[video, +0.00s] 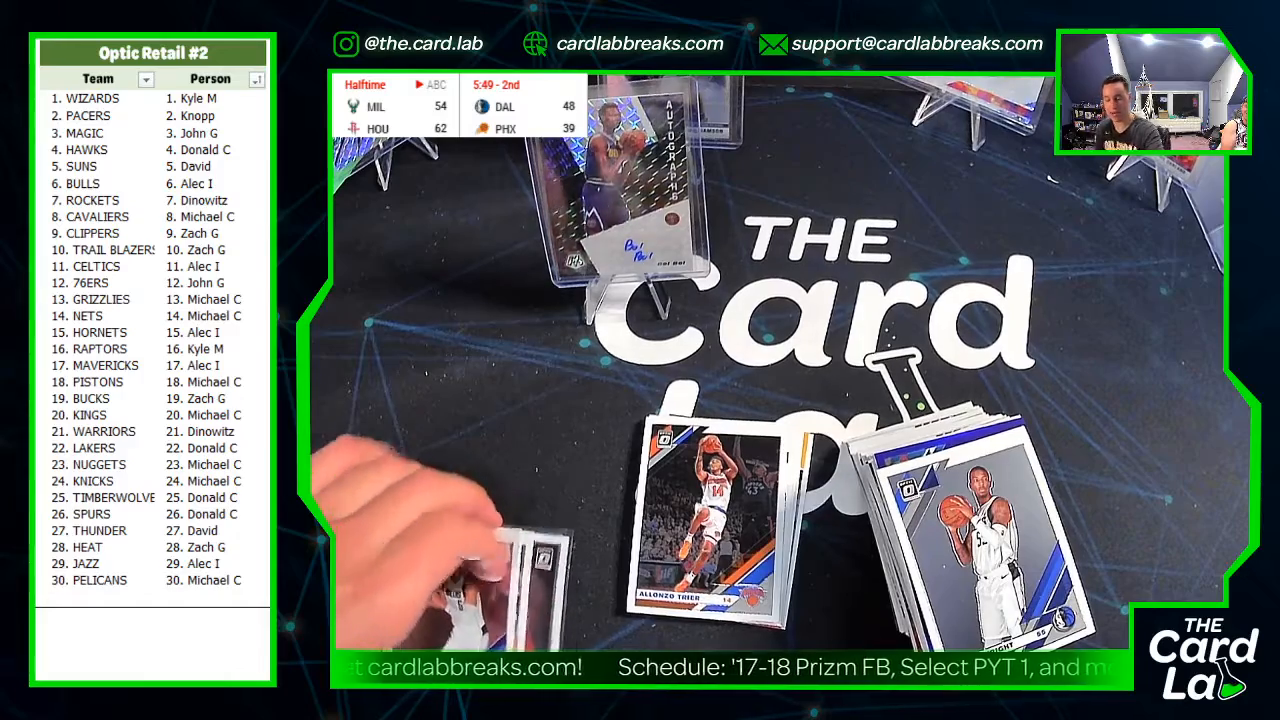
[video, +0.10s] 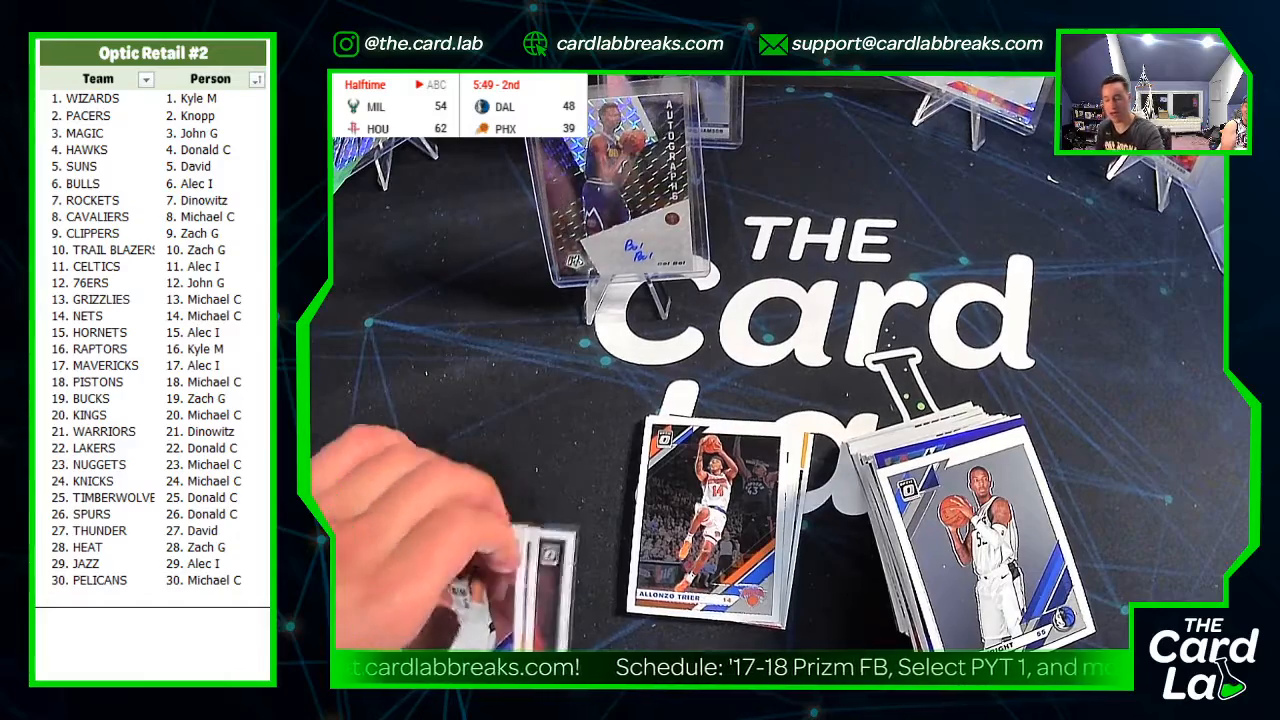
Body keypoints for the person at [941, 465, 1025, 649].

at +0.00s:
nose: (980, 484)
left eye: (983, 479)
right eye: (975, 480)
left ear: (990, 482)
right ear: (970, 486)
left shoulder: (1000, 504)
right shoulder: (974, 517)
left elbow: (996, 538)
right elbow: (965, 559)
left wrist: (972, 517)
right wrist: (953, 531)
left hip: (1007, 579)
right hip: (985, 585)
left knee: (1018, 633)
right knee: (991, 640)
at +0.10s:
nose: (980, 483)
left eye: (983, 479)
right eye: (975, 480)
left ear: (990, 482)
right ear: (970, 486)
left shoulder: (1000, 504)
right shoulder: (974, 517)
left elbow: (997, 539)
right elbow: (965, 559)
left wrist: (972, 517)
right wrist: (953, 531)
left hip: (1007, 579)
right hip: (985, 585)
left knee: (1018, 633)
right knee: (991, 640)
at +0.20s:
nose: (980, 483)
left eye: (983, 479)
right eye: (975, 480)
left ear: (990, 482)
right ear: (970, 486)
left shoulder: (1000, 504)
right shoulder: (974, 518)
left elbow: (997, 539)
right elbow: (965, 559)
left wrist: (972, 517)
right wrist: (953, 531)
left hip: (1007, 579)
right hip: (985, 585)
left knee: (1018, 633)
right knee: (991, 640)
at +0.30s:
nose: (980, 483)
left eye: (983, 479)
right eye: (975, 480)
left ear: (990, 482)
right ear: (970, 486)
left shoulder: (1000, 504)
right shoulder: (974, 518)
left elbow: (997, 539)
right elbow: (965, 559)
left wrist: (972, 517)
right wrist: (953, 531)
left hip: (1007, 580)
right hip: (985, 585)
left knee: (1018, 633)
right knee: (991, 640)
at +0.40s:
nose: (980, 483)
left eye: (983, 479)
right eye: (975, 480)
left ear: (990, 482)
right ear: (970, 486)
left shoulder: (1000, 504)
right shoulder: (974, 518)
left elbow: (997, 538)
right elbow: (965, 559)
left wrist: (972, 517)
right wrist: (953, 531)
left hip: (1007, 580)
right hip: (985, 585)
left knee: (1018, 633)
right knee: (991, 640)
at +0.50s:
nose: (980, 484)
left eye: (983, 479)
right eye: (975, 480)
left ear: (990, 482)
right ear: (970, 486)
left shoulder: (1000, 504)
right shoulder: (974, 518)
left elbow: (997, 538)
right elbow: (965, 559)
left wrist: (972, 517)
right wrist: (953, 530)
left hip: (1007, 579)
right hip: (985, 585)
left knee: (1018, 633)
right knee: (991, 640)